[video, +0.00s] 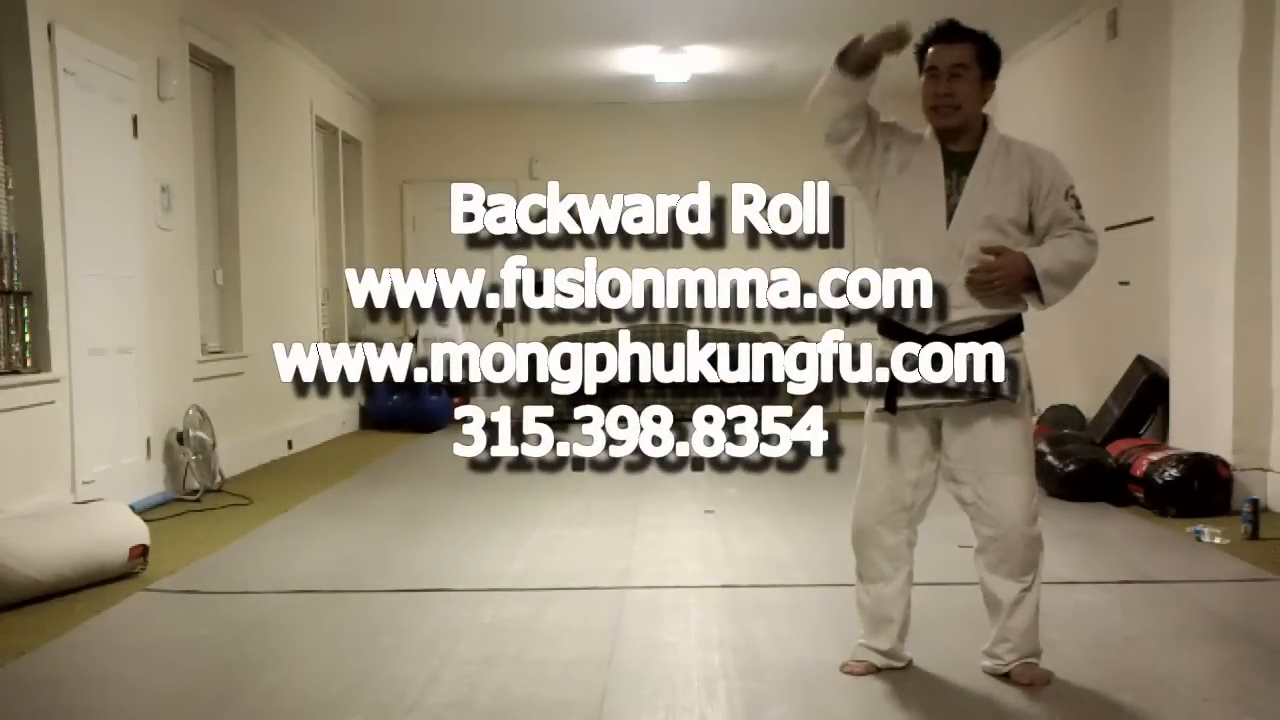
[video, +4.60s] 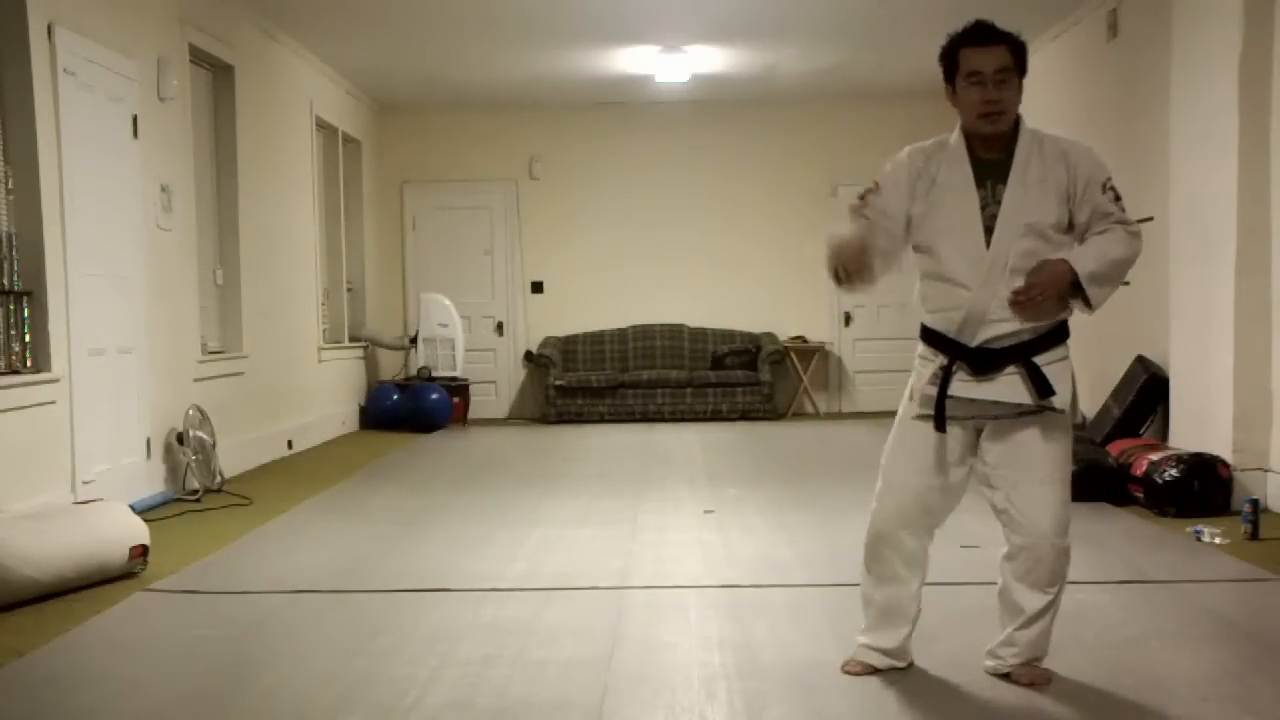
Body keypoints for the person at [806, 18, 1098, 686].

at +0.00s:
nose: (940, 85)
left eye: (957, 73)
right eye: (931, 73)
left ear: (988, 85)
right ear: (919, 86)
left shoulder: (1031, 167)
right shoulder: (887, 154)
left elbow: (1079, 243)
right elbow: (836, 121)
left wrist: (1032, 267)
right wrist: (858, 60)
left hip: (989, 362)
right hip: (896, 363)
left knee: (1011, 521)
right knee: (881, 516)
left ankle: (1014, 651)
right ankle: (879, 643)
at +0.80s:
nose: (989, 86)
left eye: (1001, 74)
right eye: (972, 75)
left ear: (1015, 83)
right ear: (946, 87)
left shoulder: (1057, 168)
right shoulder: (907, 158)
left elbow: (1106, 243)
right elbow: (835, 156)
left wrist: (1060, 267)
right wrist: (784, 126)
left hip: (1014, 372)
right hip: (919, 372)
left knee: (1028, 526)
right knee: (894, 518)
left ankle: (1016, 654)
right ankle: (881, 642)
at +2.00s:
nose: (968, 87)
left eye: (987, 74)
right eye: (962, 74)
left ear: (1021, 88)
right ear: (953, 83)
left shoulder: (1064, 171)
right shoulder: (918, 154)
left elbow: (1110, 251)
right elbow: (861, 120)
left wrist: (1063, 271)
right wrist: (841, 66)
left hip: (1018, 365)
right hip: (927, 362)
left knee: (1029, 526)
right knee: (893, 515)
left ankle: (1015, 654)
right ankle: (882, 641)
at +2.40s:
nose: (985, 88)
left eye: (1002, 73)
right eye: (973, 73)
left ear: (1029, 84)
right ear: (959, 83)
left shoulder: (1070, 171)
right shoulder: (933, 156)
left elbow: (1114, 250)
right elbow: (898, 99)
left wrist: (1070, 269)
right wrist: (945, 43)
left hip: (1024, 368)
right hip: (934, 364)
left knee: (1034, 526)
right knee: (897, 514)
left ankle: (1016, 653)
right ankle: (882, 641)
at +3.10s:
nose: (978, 84)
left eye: (988, 70)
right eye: (959, 74)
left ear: (1005, 81)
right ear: (936, 93)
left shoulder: (1055, 165)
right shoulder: (915, 162)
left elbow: (1103, 239)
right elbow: (861, 140)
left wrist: (1061, 265)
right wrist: (860, 86)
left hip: (1022, 365)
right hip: (931, 365)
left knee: (1035, 525)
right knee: (899, 516)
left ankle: (1016, 654)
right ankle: (884, 641)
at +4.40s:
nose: (985, 87)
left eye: (995, 73)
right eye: (967, 77)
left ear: (1010, 80)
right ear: (940, 93)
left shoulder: (1056, 162)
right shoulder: (913, 163)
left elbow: (1105, 239)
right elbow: (850, 204)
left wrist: (1062, 268)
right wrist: (823, 174)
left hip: (1026, 372)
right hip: (936, 373)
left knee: (1038, 529)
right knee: (902, 518)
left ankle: (1017, 653)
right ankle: (886, 642)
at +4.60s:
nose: (992, 91)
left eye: (1004, 77)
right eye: (975, 80)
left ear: (1021, 83)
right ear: (951, 90)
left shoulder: (1071, 162)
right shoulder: (915, 167)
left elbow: (1121, 238)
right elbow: (870, 240)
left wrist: (1072, 268)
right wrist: (850, 254)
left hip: (1035, 374)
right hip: (940, 373)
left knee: (1044, 533)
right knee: (896, 518)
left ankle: (1018, 654)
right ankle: (883, 642)